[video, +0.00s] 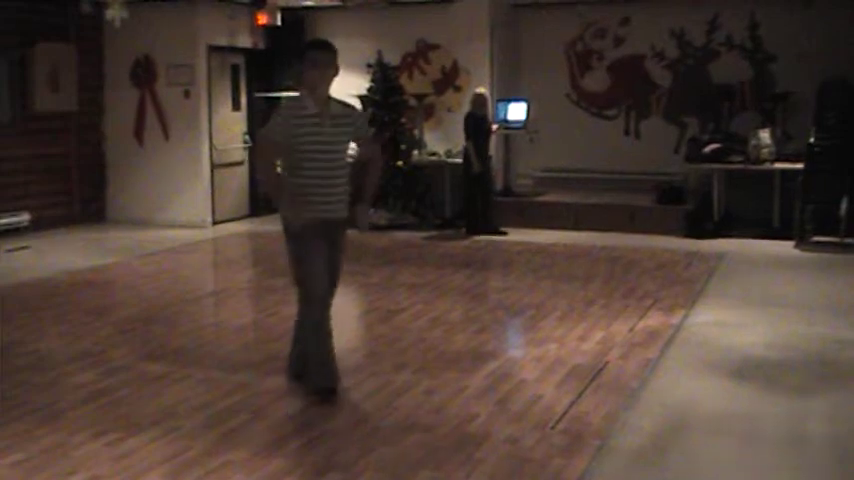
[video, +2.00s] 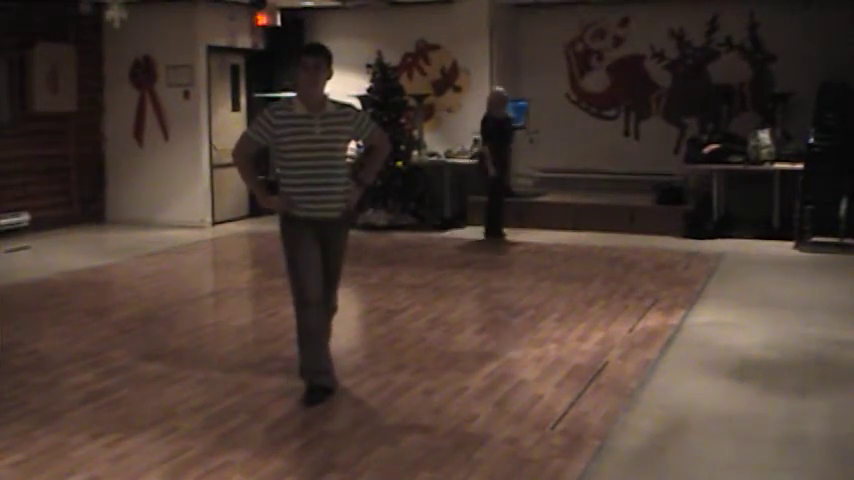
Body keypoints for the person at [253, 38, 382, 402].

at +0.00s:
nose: (321, 74)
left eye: (328, 67)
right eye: (315, 66)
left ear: (337, 71)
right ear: (303, 71)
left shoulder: (348, 115)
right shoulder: (289, 114)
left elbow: (372, 154)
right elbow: (262, 158)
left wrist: (363, 201)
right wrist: (282, 197)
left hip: (336, 216)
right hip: (301, 216)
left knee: (323, 292)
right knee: (315, 293)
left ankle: (300, 361)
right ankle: (323, 379)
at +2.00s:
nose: (310, 77)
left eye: (317, 70)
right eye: (305, 70)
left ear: (328, 75)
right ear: (295, 74)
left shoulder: (345, 115)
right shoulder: (277, 116)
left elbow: (382, 145)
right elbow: (240, 152)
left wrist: (360, 185)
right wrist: (261, 195)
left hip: (336, 218)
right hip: (297, 218)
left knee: (327, 297)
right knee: (310, 297)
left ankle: (315, 362)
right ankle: (318, 379)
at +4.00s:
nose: (320, 72)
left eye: (316, 66)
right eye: (317, 66)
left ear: (287, 73)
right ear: (312, 70)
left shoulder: (279, 112)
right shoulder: (328, 104)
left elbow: (259, 151)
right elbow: (356, 146)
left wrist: (282, 176)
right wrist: (349, 185)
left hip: (294, 212)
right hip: (328, 210)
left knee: (308, 286)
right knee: (336, 290)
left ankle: (300, 364)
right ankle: (333, 369)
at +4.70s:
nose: (303, 69)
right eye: (303, 64)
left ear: (274, 71)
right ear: (304, 69)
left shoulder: (262, 109)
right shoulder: (324, 106)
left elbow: (227, 147)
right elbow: (358, 141)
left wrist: (233, 183)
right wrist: (380, 159)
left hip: (279, 212)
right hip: (322, 210)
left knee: (281, 291)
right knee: (323, 291)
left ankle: (291, 365)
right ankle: (327, 374)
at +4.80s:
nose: (304, 70)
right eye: (303, 64)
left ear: (273, 70)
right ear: (303, 69)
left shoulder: (260, 110)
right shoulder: (322, 107)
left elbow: (223, 149)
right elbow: (357, 142)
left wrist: (229, 189)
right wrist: (381, 159)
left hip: (279, 213)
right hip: (321, 211)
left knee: (282, 292)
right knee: (322, 291)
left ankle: (291, 365)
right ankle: (327, 373)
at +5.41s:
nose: (322, 72)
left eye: (320, 66)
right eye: (319, 66)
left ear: (284, 69)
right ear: (311, 69)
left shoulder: (263, 106)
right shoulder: (325, 107)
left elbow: (230, 138)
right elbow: (360, 150)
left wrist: (236, 181)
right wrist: (400, 172)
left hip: (282, 211)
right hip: (324, 210)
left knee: (286, 289)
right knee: (333, 285)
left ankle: (291, 363)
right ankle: (337, 358)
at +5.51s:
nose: (324, 71)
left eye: (322, 65)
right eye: (321, 65)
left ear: (286, 68)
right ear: (313, 68)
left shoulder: (266, 105)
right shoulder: (327, 108)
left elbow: (231, 135)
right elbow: (357, 154)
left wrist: (236, 179)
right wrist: (399, 171)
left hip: (284, 212)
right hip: (326, 211)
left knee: (286, 290)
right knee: (333, 286)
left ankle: (291, 363)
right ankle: (337, 358)